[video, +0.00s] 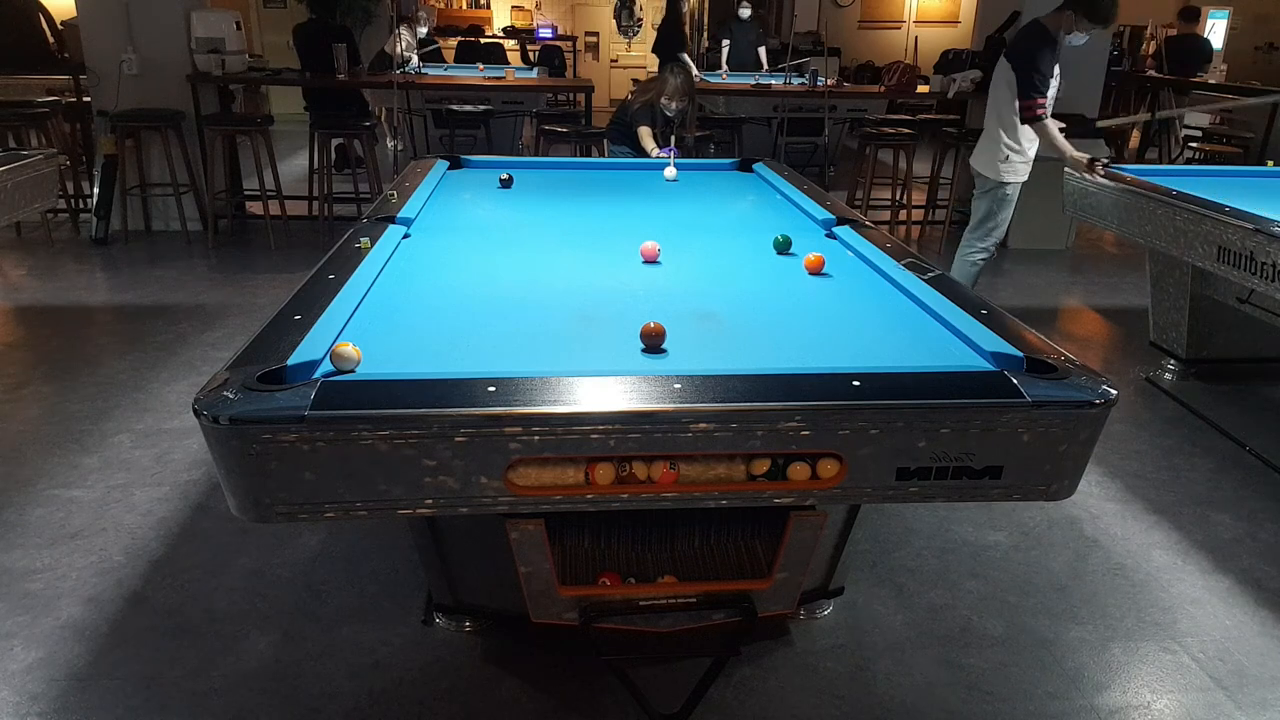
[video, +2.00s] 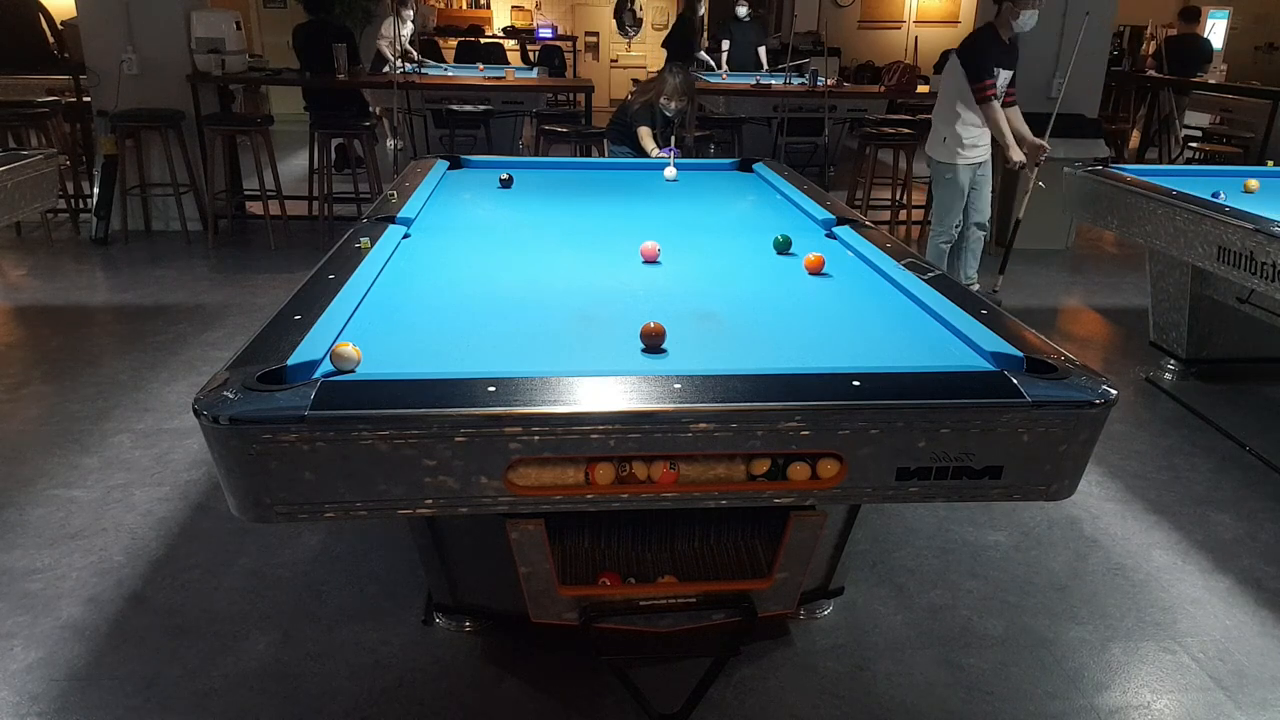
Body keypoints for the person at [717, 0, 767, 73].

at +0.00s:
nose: (744, 11)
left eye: (747, 9)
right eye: (741, 8)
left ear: (751, 11)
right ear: (737, 10)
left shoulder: (756, 26)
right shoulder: (730, 24)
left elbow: (761, 47)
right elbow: (725, 44)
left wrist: (765, 65)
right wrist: (723, 63)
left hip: (751, 67)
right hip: (734, 68)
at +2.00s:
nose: (740, 9)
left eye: (743, 6)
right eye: (738, 6)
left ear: (749, 10)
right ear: (735, 9)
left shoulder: (756, 25)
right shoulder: (729, 24)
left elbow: (761, 46)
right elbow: (725, 43)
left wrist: (765, 65)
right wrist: (723, 64)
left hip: (751, 67)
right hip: (733, 68)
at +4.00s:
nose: (741, 11)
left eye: (744, 8)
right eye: (739, 8)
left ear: (750, 12)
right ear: (736, 10)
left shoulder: (757, 25)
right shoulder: (732, 26)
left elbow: (762, 45)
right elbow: (738, 45)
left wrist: (765, 65)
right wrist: (751, 63)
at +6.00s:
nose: (734, 10)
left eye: (737, 6)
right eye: (732, 7)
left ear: (744, 9)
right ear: (730, 9)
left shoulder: (753, 25)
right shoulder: (728, 25)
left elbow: (759, 46)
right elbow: (723, 44)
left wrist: (764, 66)